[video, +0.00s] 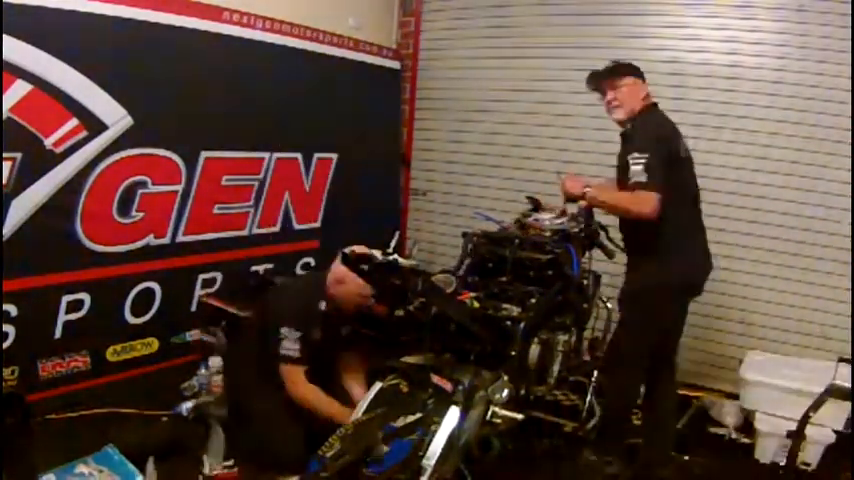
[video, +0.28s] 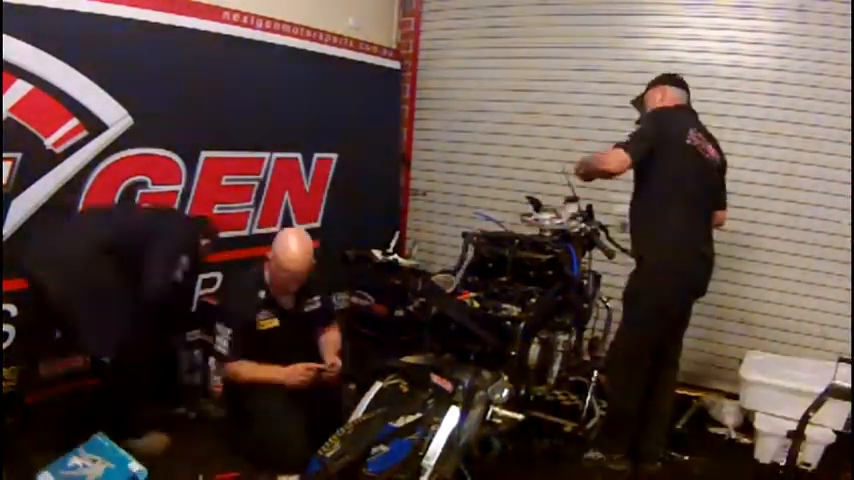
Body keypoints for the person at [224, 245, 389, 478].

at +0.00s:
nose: (364, 306)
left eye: (368, 301)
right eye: (365, 298)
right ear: (346, 282)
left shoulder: (336, 305)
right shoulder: (293, 302)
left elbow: (349, 363)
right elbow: (296, 385)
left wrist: (367, 408)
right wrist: (352, 418)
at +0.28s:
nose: (292, 286)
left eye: (299, 279)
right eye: (285, 278)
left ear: (311, 267)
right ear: (268, 262)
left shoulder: (313, 283)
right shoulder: (241, 292)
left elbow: (328, 326)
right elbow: (229, 367)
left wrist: (331, 356)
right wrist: (283, 374)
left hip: (309, 381)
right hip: (258, 387)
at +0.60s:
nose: (397, 271)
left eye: (404, 263)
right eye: (391, 263)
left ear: (413, 250)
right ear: (370, 242)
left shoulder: (398, 278)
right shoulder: (327, 273)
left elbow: (394, 331)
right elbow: (282, 344)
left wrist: (403, 349)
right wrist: (351, 360)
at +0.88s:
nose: (362, 294)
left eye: (364, 287)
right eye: (357, 287)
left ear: (368, 283)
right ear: (329, 278)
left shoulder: (366, 298)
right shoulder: (293, 298)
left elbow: (380, 347)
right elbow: (285, 379)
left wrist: (417, 376)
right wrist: (352, 386)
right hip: (297, 402)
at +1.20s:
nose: (389, 303)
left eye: (394, 296)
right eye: (387, 293)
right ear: (367, 276)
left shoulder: (371, 309)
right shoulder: (315, 298)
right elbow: (293, 372)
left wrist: (429, 376)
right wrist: (362, 358)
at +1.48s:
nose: (353, 276)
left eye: (357, 268)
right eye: (348, 267)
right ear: (322, 255)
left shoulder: (343, 278)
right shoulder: (288, 284)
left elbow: (360, 325)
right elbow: (294, 364)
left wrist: (370, 375)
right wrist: (333, 427)